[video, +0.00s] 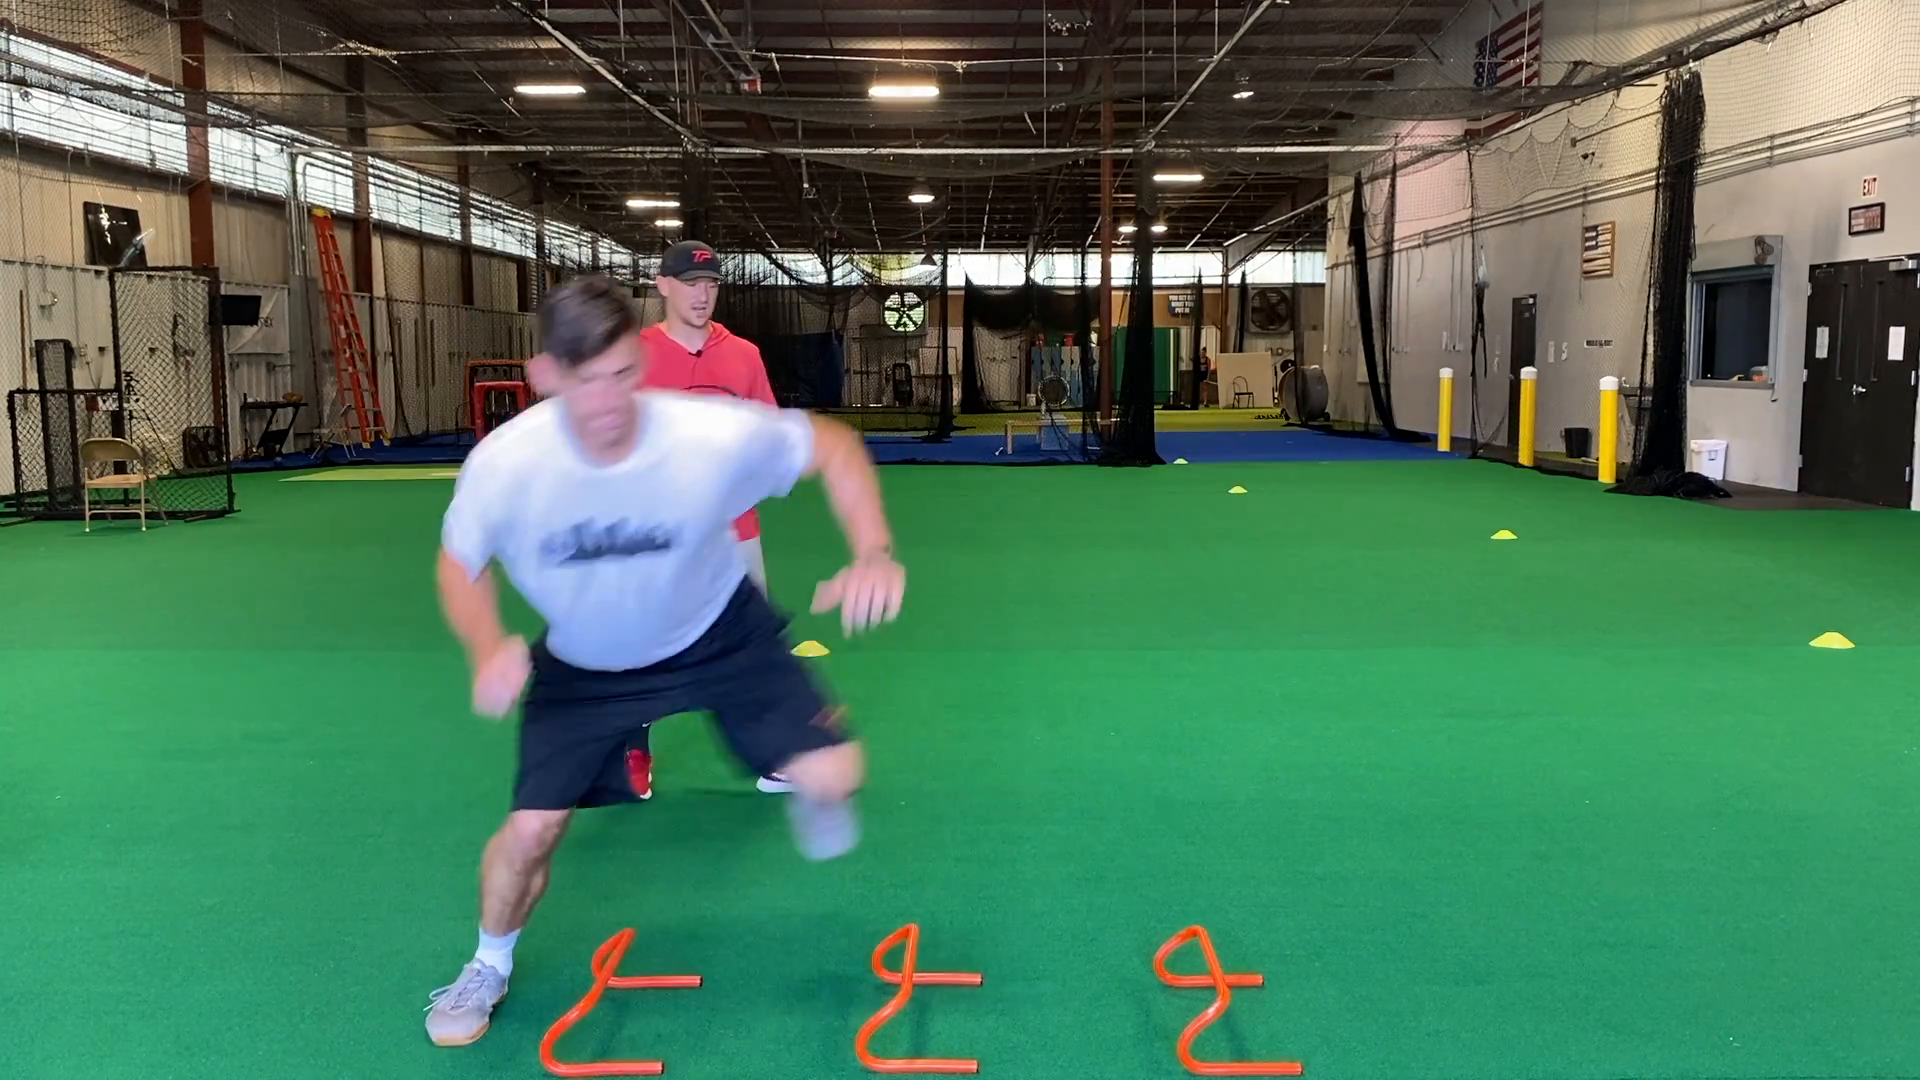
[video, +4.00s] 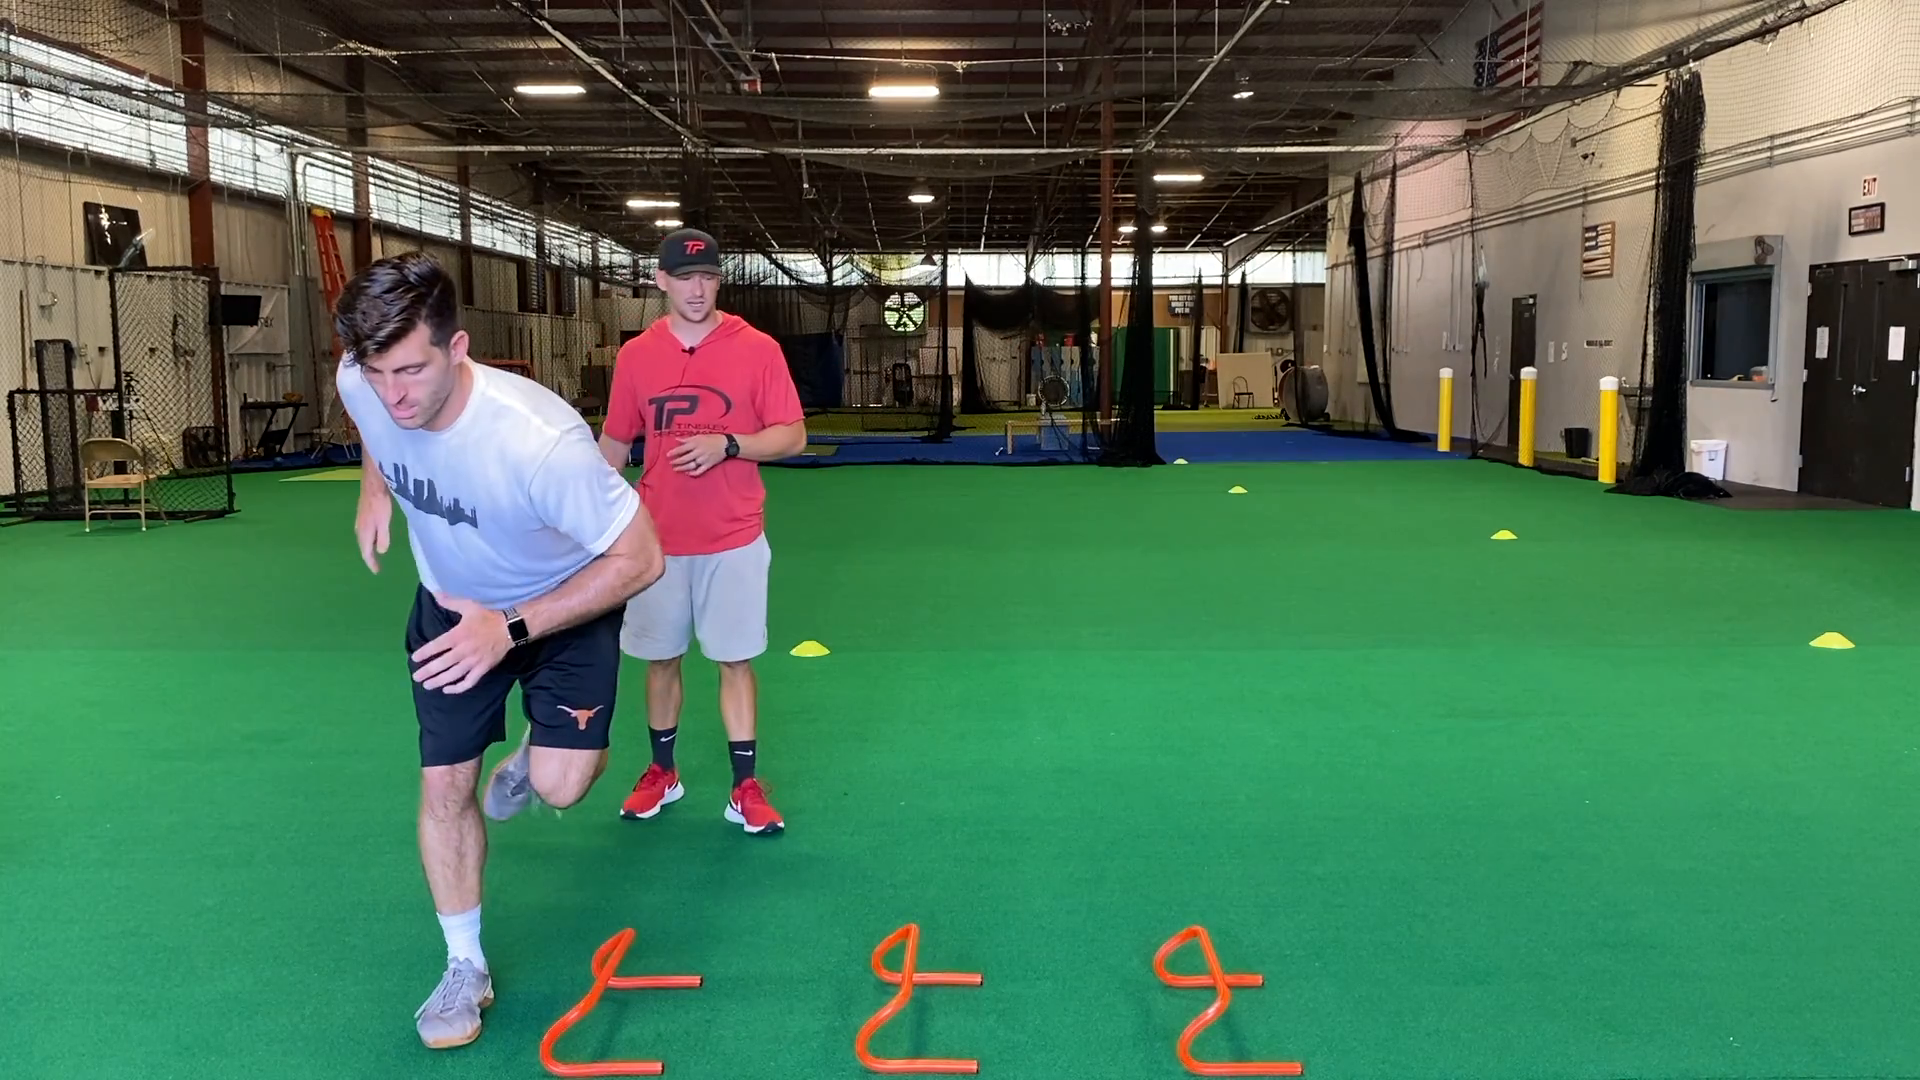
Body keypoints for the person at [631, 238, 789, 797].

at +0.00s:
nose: (701, 295)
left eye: (709, 285)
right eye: (689, 284)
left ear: (718, 290)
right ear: (662, 287)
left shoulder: (743, 356)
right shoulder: (634, 357)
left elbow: (777, 442)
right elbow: (618, 441)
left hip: (731, 527)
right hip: (651, 530)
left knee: (753, 645)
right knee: (630, 642)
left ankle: (778, 754)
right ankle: (633, 747)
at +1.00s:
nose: (827, 294)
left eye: (833, 285)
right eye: (816, 283)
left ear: (837, 290)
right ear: (785, 284)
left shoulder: (830, 357)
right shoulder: (757, 344)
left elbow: (824, 439)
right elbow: (774, 428)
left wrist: (842, 505)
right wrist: (854, 444)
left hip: (811, 523)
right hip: (757, 518)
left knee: (790, 638)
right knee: (743, 633)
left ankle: (782, 761)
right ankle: (674, 739)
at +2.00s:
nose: (816, 294)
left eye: (823, 285)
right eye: (805, 283)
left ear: (832, 291)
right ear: (779, 285)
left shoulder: (838, 364)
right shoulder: (745, 347)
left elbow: (842, 447)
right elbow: (735, 430)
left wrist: (875, 478)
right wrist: (799, 489)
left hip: (807, 525)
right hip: (745, 519)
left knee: (785, 640)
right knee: (727, 633)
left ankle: (781, 762)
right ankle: (677, 747)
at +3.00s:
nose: (641, 287)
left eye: (652, 275)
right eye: (630, 278)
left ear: (674, 277)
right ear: (619, 285)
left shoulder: (707, 344)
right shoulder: (604, 359)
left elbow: (740, 422)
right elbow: (574, 435)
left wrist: (704, 464)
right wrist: (597, 468)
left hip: (704, 525)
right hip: (633, 530)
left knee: (726, 648)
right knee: (649, 647)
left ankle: (753, 769)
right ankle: (660, 768)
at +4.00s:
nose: (696, 287)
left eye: (706, 275)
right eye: (683, 276)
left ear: (719, 278)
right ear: (661, 281)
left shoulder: (758, 350)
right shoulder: (636, 356)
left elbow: (792, 437)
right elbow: (613, 447)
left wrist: (729, 442)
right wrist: (580, 509)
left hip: (734, 538)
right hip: (657, 540)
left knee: (736, 659)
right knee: (661, 658)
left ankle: (745, 786)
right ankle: (661, 771)